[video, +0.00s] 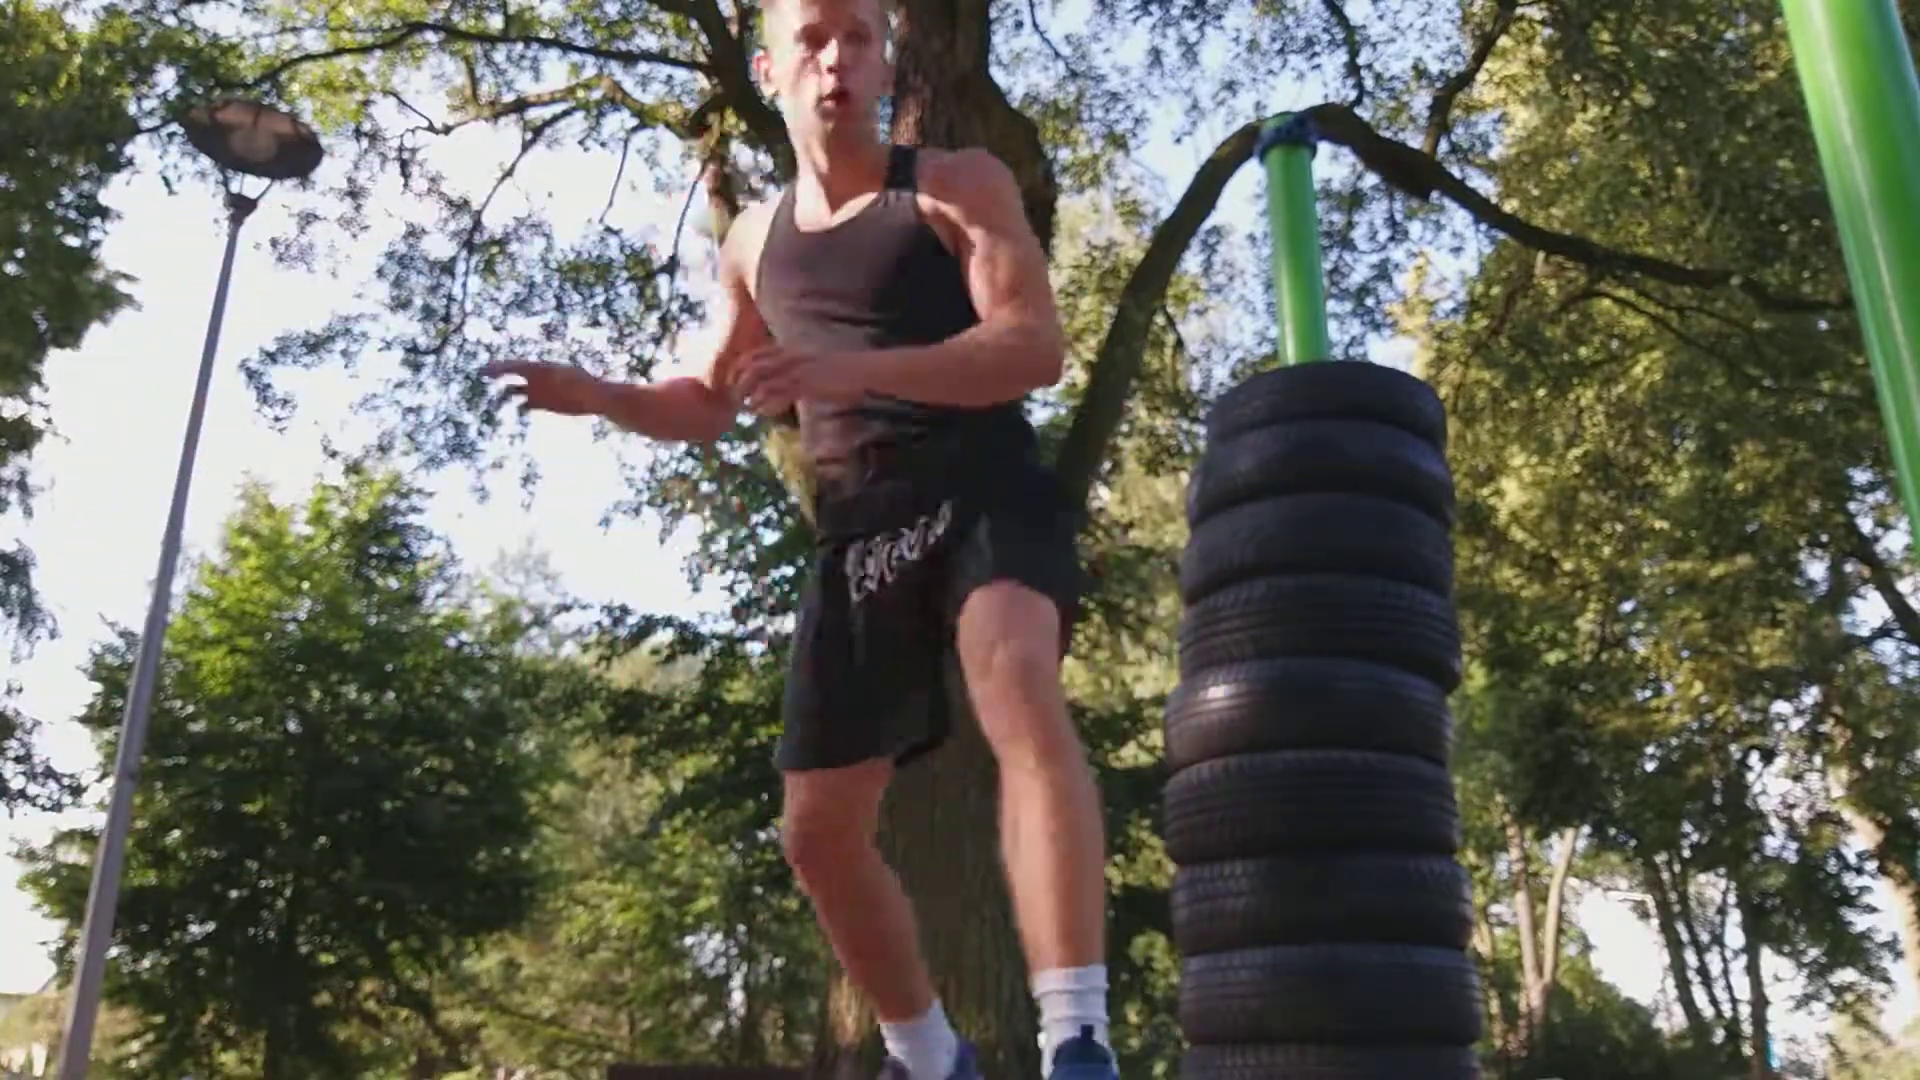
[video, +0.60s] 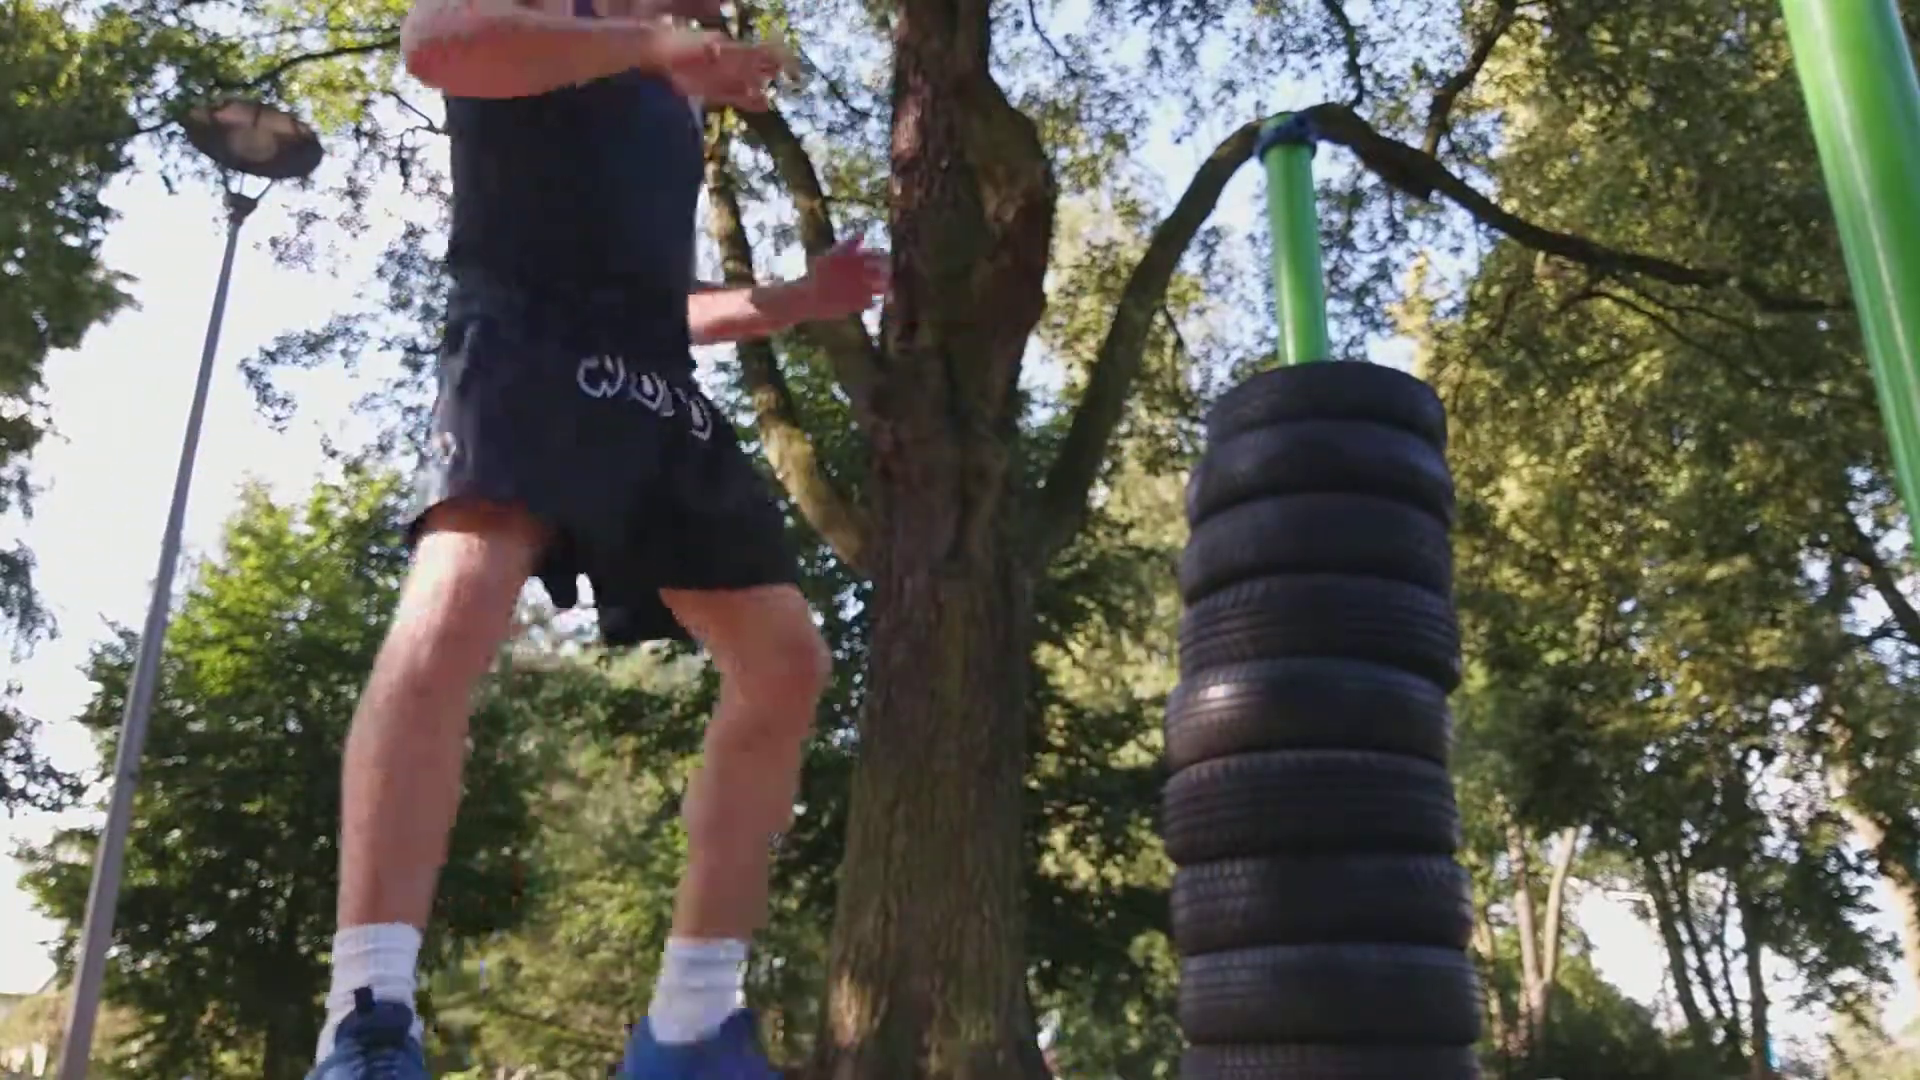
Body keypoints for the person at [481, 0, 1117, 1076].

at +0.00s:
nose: (837, 59)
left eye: (859, 36)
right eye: (811, 40)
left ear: (891, 58)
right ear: (768, 71)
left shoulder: (959, 181)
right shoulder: (755, 238)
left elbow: (1033, 344)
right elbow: (709, 405)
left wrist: (851, 370)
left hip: (984, 493)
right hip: (855, 535)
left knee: (1017, 683)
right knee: (820, 834)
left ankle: (1078, 1039)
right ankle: (933, 1060)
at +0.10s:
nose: (871, 0)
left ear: (907, 16)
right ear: (793, 15)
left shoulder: (961, 122)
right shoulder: (769, 175)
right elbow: (710, 354)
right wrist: (592, 254)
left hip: (969, 474)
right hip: (827, 500)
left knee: (1032, 678)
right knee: (707, 765)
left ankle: (1086, 1038)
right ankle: (891, 980)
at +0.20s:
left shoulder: (938, 61)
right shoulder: (718, 105)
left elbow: (1022, 219)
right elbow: (634, 287)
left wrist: (844, 185)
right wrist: (607, 163)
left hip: (936, 426)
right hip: (782, 437)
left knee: (1005, 676)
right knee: (640, 642)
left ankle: (1075, 1035)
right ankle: (780, 981)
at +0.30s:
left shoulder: (907, 54)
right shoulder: (666, 79)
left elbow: (1029, 216)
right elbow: (515, 193)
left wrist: (929, 195)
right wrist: (625, 44)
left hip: (903, 415)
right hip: (732, 413)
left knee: (980, 665)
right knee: (598, 594)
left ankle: (1067, 1037)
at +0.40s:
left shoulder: (847, 89)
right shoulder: (609, 48)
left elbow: (930, 276)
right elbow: (479, 88)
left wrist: (982, 280)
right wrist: (618, 13)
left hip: (836, 421)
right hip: (657, 407)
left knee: (940, 665)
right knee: (527, 617)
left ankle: (1057, 1034)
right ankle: (388, 1012)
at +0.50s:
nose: (800, 14)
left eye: (806, 12)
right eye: (797, 3)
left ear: (770, 14)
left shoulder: (750, 106)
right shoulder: (556, 27)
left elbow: (779, 305)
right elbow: (479, 55)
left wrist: (904, 293)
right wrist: (685, 11)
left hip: (739, 404)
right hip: (579, 386)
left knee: (865, 644)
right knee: (474, 594)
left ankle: (940, 1029)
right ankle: (373, 1021)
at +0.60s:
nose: (718, 26)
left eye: (721, 27)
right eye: (711, 16)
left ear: (696, 23)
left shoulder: (676, 94)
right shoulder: (534, 5)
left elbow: (652, 313)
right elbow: (438, 48)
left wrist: (802, 296)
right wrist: (644, 43)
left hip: (657, 384)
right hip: (527, 340)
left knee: (781, 660)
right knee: (460, 597)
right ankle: (369, 1018)